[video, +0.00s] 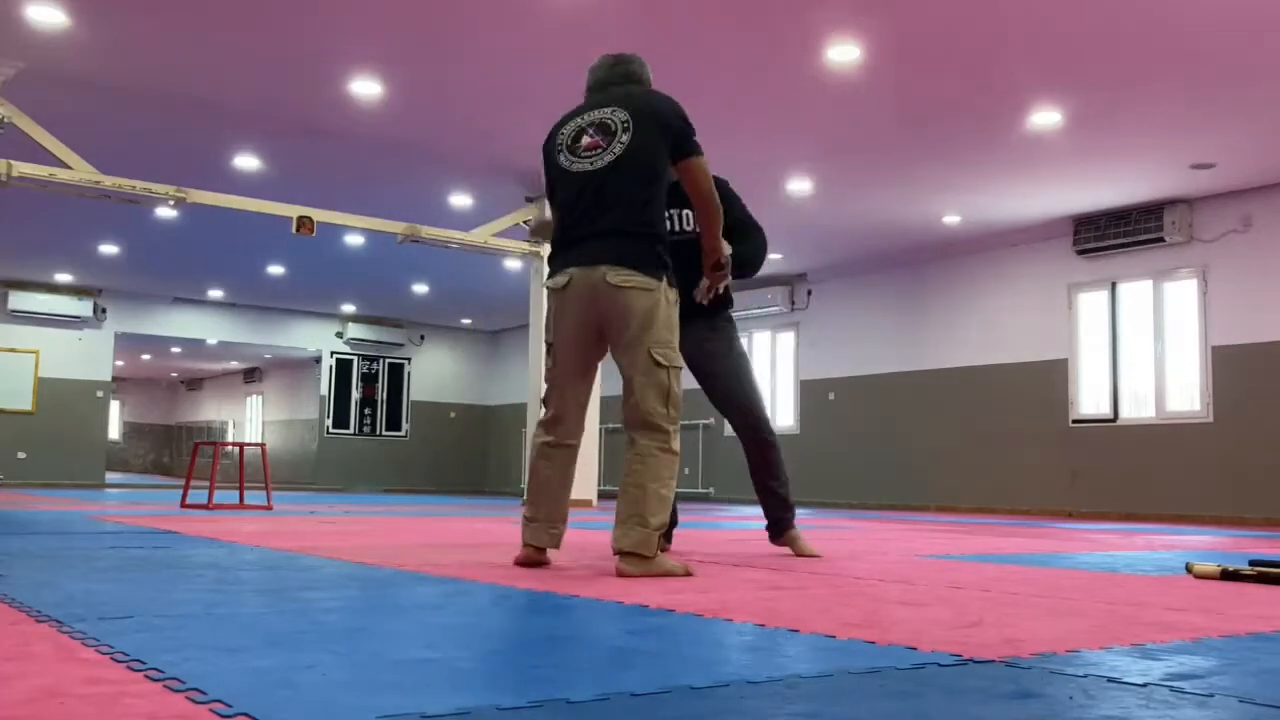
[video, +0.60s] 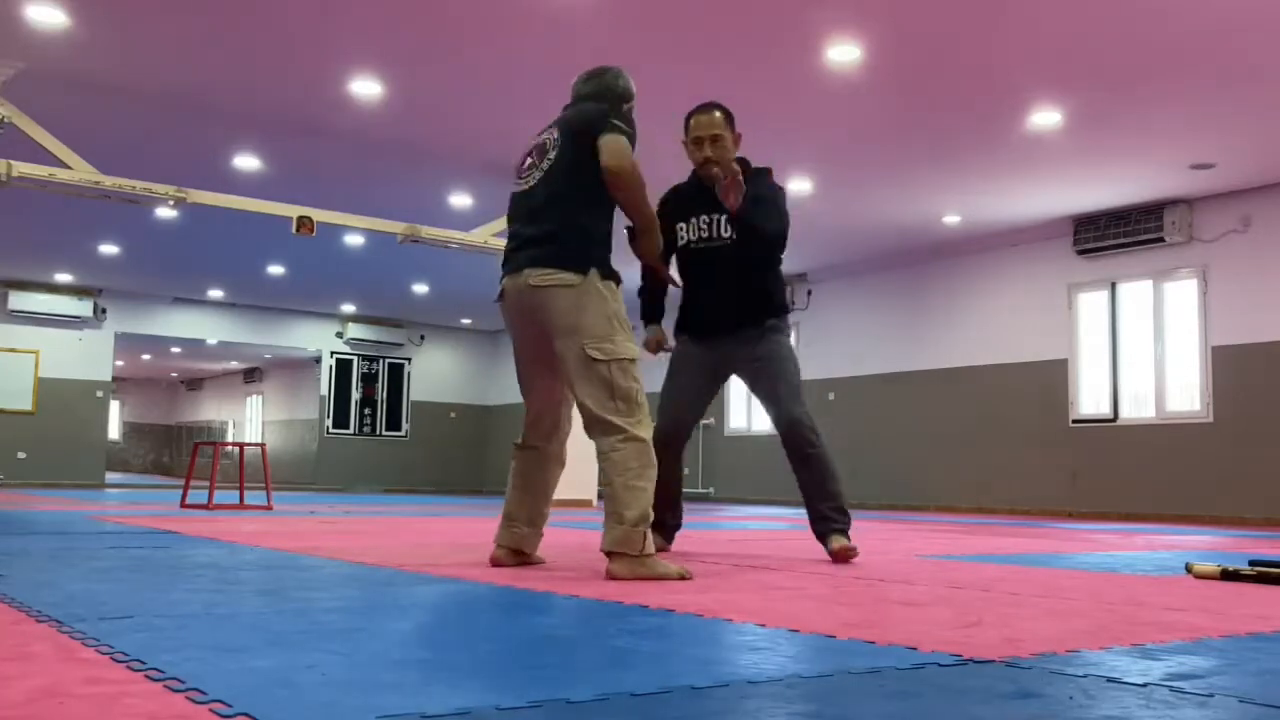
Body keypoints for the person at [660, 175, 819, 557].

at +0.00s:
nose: (669, 158)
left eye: (675, 149)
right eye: (661, 151)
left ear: (684, 151)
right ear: (645, 153)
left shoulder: (708, 189)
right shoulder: (630, 197)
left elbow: (753, 243)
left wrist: (723, 269)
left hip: (706, 318)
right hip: (649, 321)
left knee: (753, 422)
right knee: (651, 425)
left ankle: (783, 526)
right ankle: (656, 534)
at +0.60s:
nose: (705, 150)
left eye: (715, 140)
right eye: (696, 143)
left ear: (736, 142)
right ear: (686, 148)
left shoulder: (761, 186)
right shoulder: (674, 203)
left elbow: (772, 246)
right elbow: (656, 264)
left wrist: (740, 209)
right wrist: (652, 322)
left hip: (761, 334)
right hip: (700, 338)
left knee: (796, 424)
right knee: (667, 434)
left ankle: (834, 531)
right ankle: (661, 530)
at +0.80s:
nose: (749, 151)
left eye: (759, 139)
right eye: (740, 142)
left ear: (784, 136)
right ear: (733, 143)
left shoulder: (807, 184)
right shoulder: (744, 185)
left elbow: (763, 247)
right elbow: (763, 243)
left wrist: (688, 281)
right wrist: (736, 244)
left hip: (813, 323)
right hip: (756, 323)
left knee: (821, 419)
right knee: (728, 425)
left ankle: (841, 536)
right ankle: (741, 525)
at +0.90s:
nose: (769, 151)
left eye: (778, 140)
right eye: (760, 142)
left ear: (804, 136)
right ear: (752, 144)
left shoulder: (829, 186)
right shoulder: (749, 187)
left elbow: (801, 268)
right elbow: (744, 255)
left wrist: (731, 313)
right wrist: (737, 238)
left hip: (828, 323)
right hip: (772, 324)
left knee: (830, 419)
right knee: (751, 429)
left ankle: (842, 535)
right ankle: (778, 521)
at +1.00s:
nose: (783, 158)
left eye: (793, 146)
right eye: (773, 148)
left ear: (818, 141)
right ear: (764, 147)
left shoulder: (851, 193)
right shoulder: (753, 194)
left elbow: (856, 279)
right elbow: (730, 270)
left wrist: (792, 319)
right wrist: (753, 226)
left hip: (838, 327)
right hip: (777, 328)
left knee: (838, 422)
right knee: (758, 434)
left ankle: (839, 535)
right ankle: (765, 519)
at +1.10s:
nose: (793, 161)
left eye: (804, 149)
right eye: (785, 150)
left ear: (828, 144)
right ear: (774, 148)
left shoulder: (861, 192)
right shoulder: (766, 192)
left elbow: (896, 251)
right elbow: (742, 256)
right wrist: (756, 202)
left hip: (840, 332)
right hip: (779, 331)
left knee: (844, 427)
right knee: (758, 432)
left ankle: (837, 535)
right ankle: (747, 518)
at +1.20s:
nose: (797, 159)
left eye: (807, 147)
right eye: (789, 148)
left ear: (833, 143)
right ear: (780, 147)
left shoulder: (865, 194)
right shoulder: (767, 190)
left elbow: (898, 242)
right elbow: (729, 227)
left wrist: (899, 291)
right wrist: (716, 193)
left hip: (841, 334)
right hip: (779, 333)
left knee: (844, 425)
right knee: (752, 428)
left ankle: (836, 536)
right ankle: (728, 520)